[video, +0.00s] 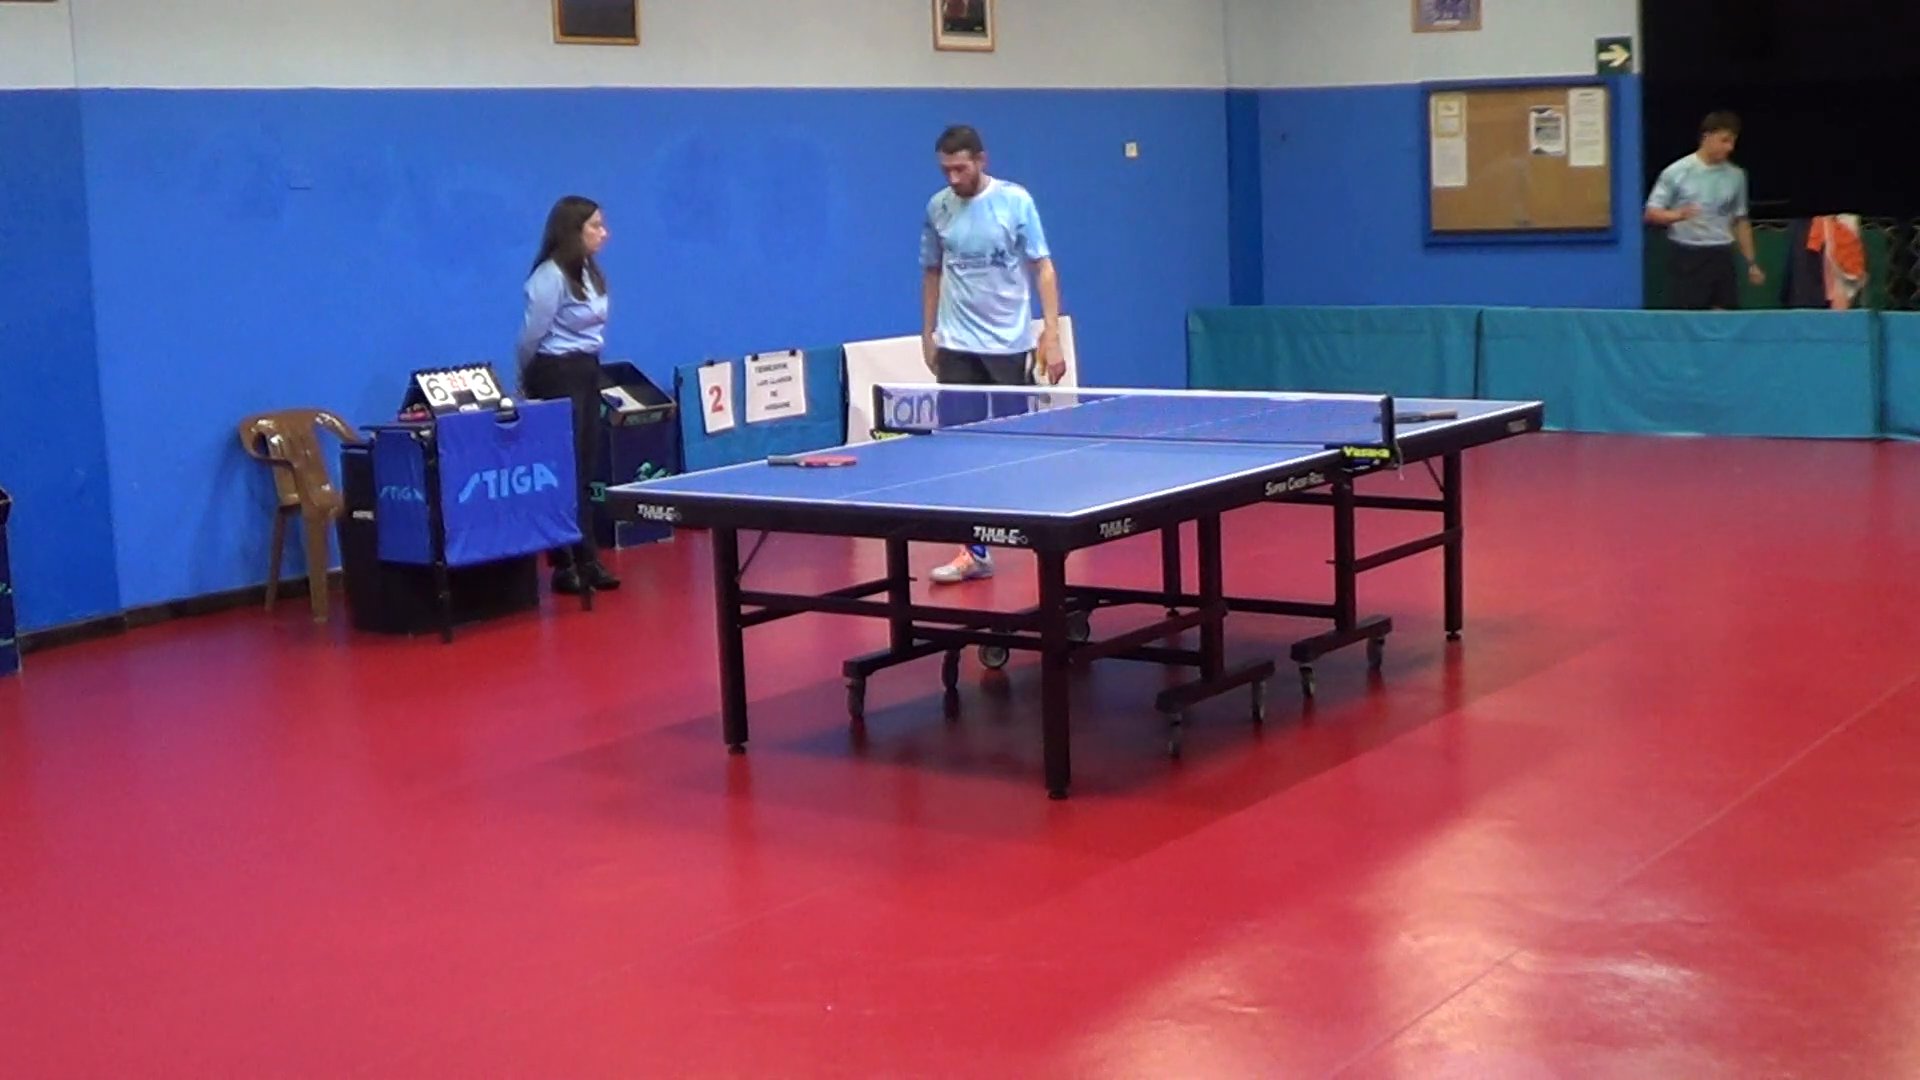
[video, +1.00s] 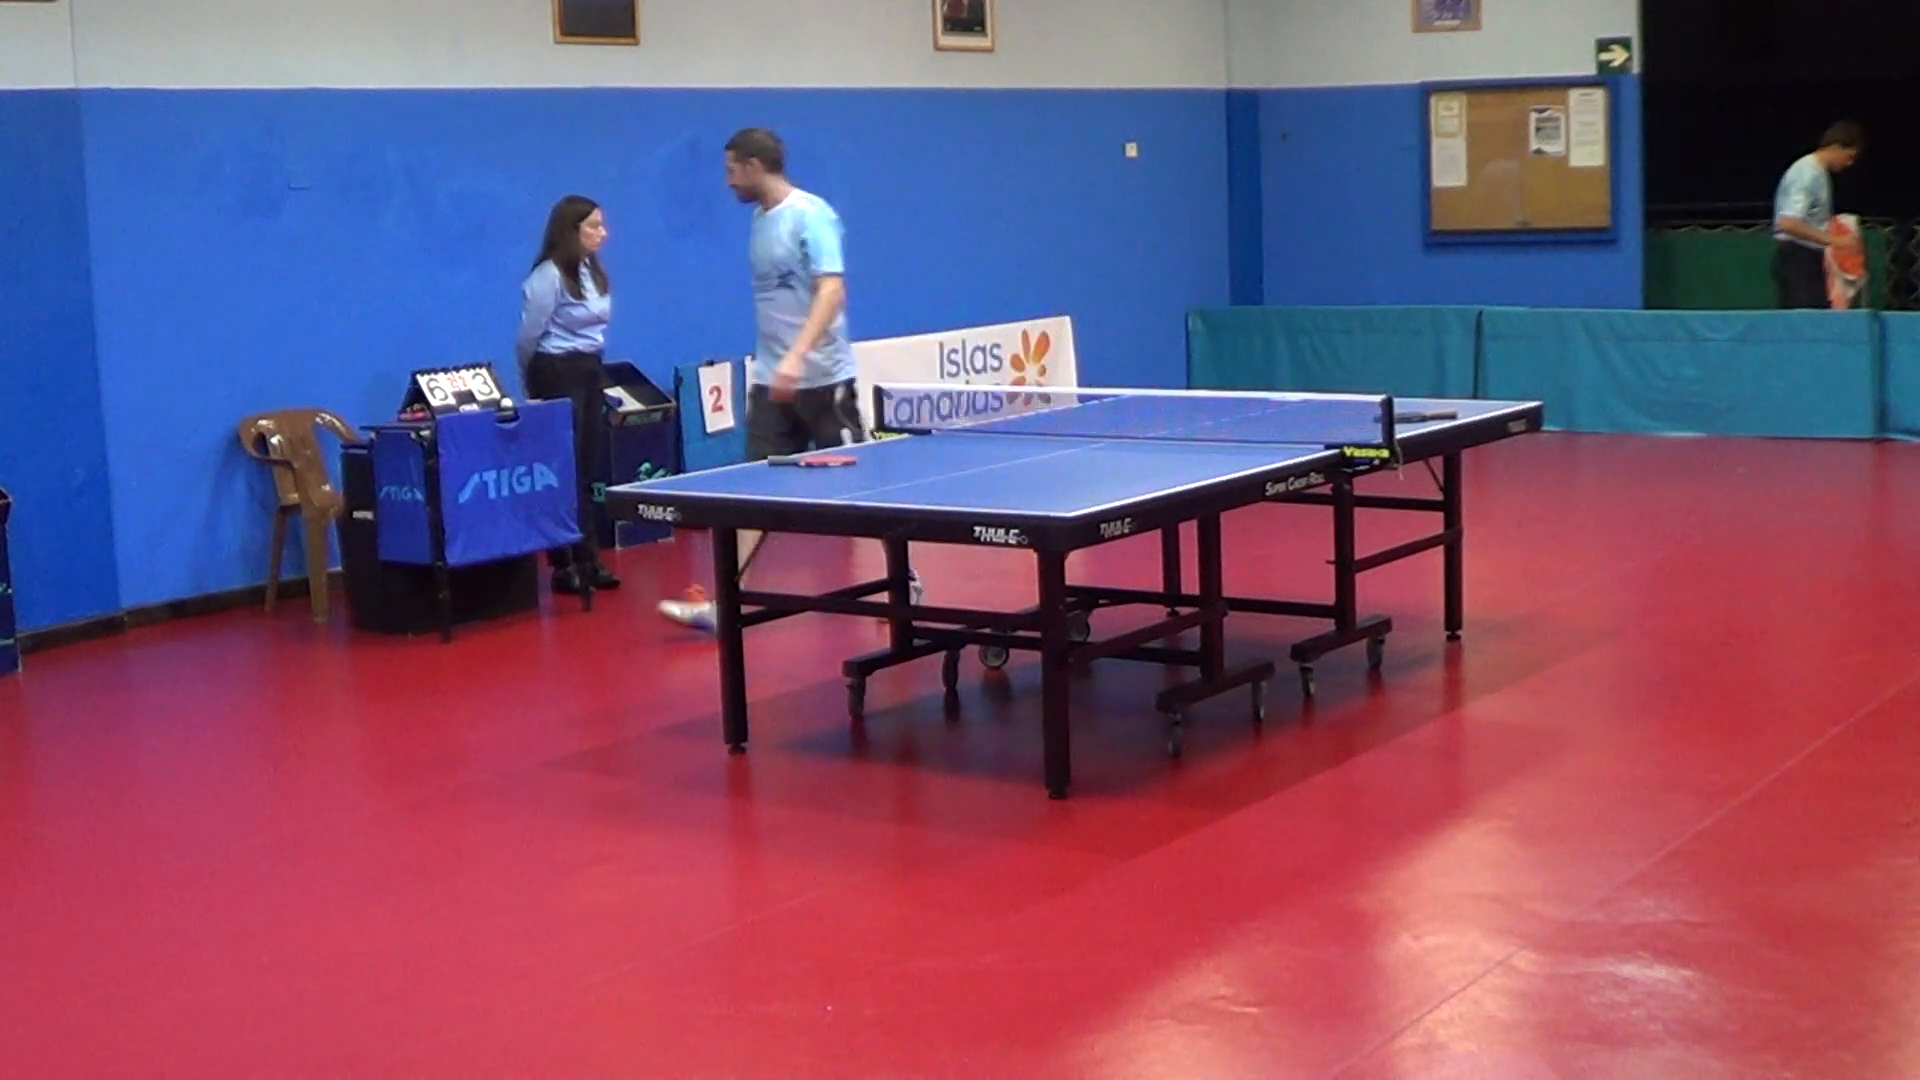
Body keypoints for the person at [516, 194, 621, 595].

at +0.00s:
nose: (604, 232)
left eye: (603, 224)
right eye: (596, 225)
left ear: (586, 230)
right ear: (574, 230)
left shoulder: (590, 271)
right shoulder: (550, 277)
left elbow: (589, 327)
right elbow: (531, 334)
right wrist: (524, 372)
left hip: (587, 366)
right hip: (557, 369)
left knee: (585, 463)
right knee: (562, 465)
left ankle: (587, 555)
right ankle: (564, 562)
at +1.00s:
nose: (602, 232)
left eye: (602, 225)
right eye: (594, 226)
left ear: (597, 231)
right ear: (571, 230)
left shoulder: (594, 271)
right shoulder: (548, 275)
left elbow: (595, 325)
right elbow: (529, 332)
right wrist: (527, 367)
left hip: (590, 366)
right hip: (556, 368)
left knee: (588, 463)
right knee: (561, 465)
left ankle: (589, 555)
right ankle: (563, 562)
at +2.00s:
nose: (578, 234)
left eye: (583, 226)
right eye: (569, 228)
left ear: (594, 229)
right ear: (555, 233)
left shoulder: (607, 272)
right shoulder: (536, 279)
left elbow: (609, 321)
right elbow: (520, 335)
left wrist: (589, 349)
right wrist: (536, 361)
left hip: (593, 366)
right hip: (551, 367)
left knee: (592, 461)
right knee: (556, 463)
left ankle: (590, 557)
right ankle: (560, 563)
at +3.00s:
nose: (577, 236)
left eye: (583, 228)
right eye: (569, 230)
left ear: (593, 232)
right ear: (555, 235)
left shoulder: (599, 273)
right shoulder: (538, 278)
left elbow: (598, 324)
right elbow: (520, 333)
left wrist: (580, 354)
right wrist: (528, 366)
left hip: (590, 367)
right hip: (550, 369)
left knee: (589, 462)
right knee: (558, 464)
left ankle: (590, 556)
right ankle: (560, 564)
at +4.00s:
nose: (568, 238)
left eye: (574, 230)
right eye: (560, 231)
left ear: (586, 233)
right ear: (549, 235)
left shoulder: (594, 272)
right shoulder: (533, 279)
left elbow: (594, 322)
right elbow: (516, 335)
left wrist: (575, 354)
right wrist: (529, 369)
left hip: (588, 366)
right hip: (549, 368)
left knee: (587, 462)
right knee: (556, 463)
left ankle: (589, 557)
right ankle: (560, 564)